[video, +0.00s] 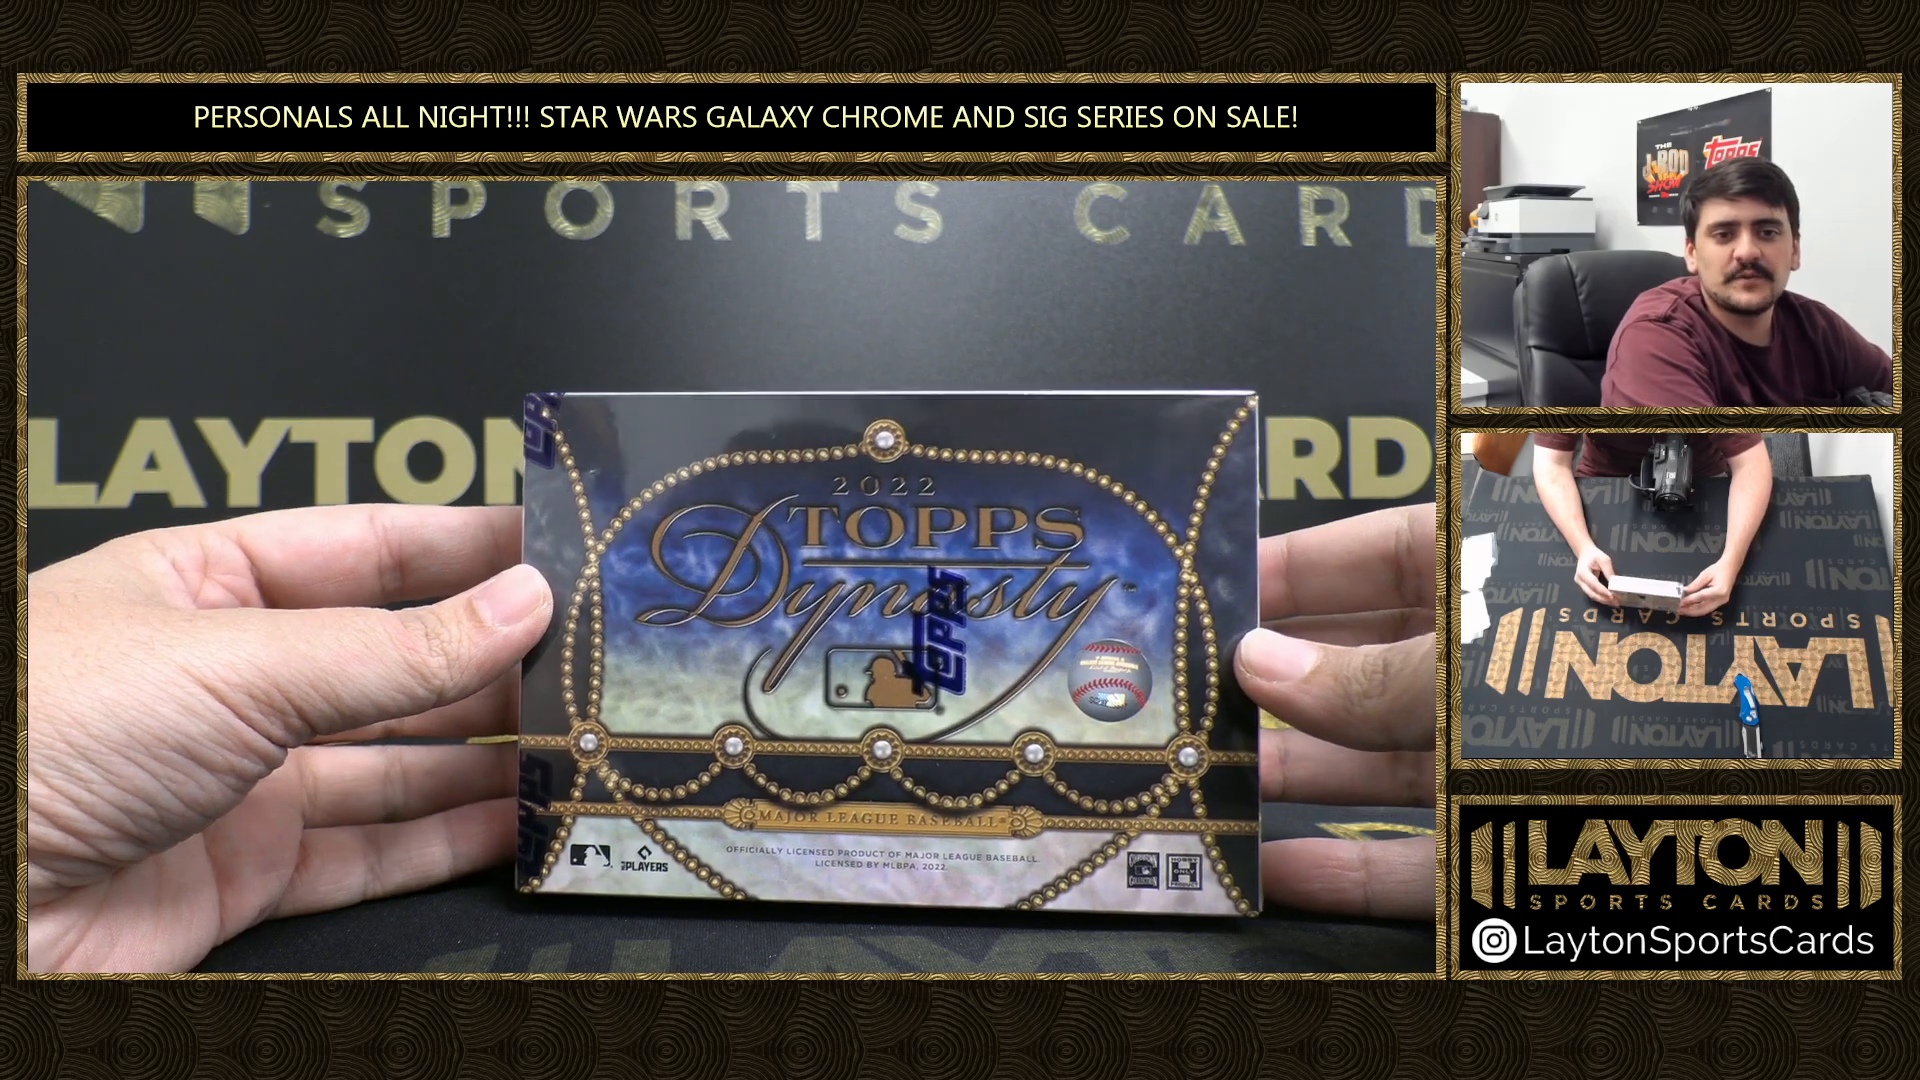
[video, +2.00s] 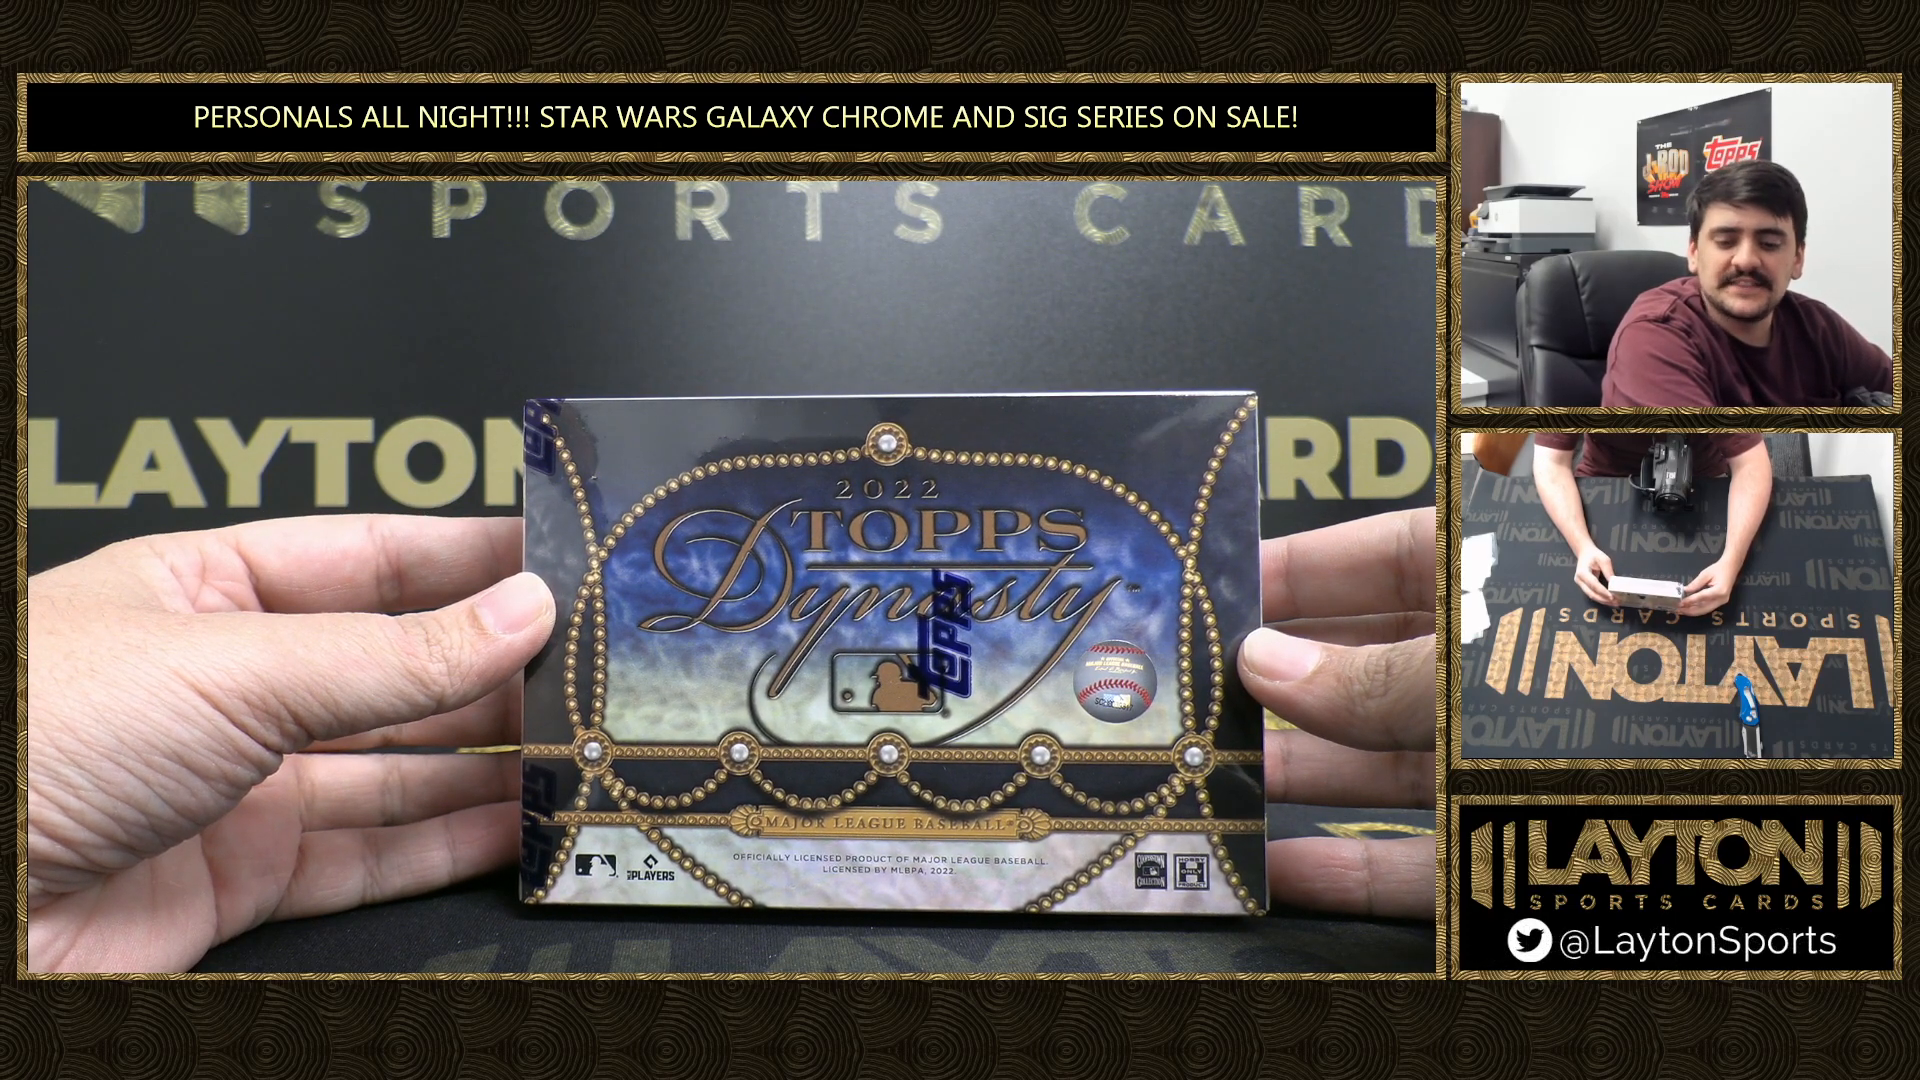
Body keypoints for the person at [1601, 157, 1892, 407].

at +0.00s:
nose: (1747, 252)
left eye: (1767, 233)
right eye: (1724, 235)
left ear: (1795, 251)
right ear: (1691, 254)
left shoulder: (1817, 329)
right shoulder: (1655, 333)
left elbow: (1897, 388)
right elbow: (1747, 460)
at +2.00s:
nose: (1746, 260)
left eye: (1769, 243)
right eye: (1726, 241)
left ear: (1798, 258)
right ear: (1693, 252)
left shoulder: (1818, 329)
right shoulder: (1655, 333)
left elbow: (1897, 388)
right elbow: (1746, 462)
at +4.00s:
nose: (1748, 249)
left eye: (1770, 232)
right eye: (1728, 231)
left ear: (1798, 255)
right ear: (1695, 251)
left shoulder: (1817, 328)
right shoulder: (1657, 333)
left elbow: (1896, 387)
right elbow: (1747, 461)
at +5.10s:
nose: (1786, 254)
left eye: (1800, 236)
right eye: (1762, 234)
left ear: (1812, 246)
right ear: (1708, 248)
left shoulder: (1823, 328)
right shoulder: (1669, 336)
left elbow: (1898, 387)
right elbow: (1752, 461)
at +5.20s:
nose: (1806, 257)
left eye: (1815, 237)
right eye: (1779, 237)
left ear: (1822, 239)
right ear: (1716, 250)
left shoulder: (1829, 328)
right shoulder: (1673, 339)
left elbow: (1901, 383)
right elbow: (1759, 467)